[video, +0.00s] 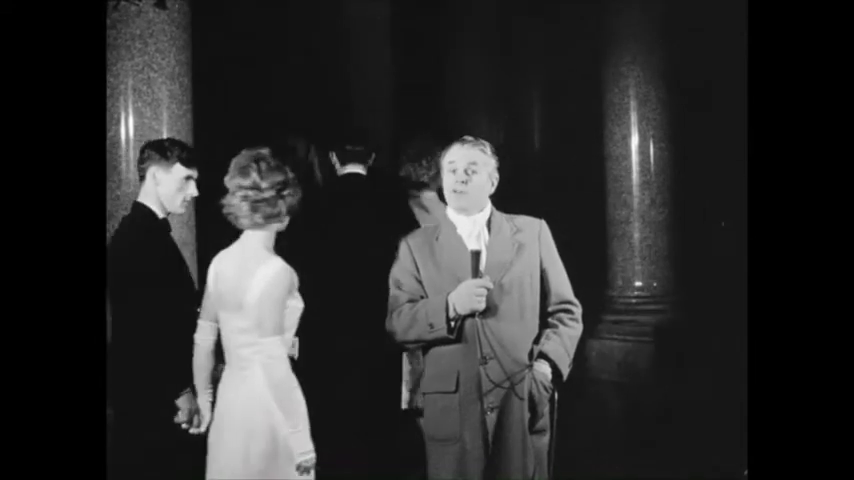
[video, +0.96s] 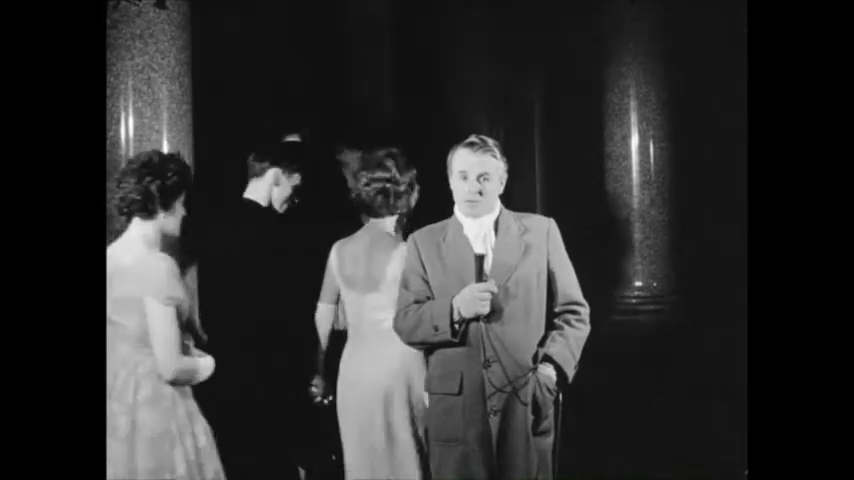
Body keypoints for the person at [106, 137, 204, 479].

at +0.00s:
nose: (194, 191)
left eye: (195, 181)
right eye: (186, 179)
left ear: (155, 174)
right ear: (153, 174)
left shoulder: (155, 234)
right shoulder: (139, 238)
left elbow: (174, 320)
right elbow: (152, 325)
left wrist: (189, 388)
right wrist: (179, 391)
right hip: (151, 402)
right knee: (157, 471)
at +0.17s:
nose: (204, 191)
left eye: (203, 181)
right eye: (196, 179)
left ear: (166, 177)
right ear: (165, 176)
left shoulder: (163, 234)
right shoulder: (152, 237)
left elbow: (183, 319)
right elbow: (170, 323)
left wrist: (206, 380)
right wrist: (201, 383)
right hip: (163, 396)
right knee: (169, 471)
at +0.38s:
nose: (215, 191)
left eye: (214, 180)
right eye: (205, 180)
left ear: (180, 179)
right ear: (176, 178)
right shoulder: (168, 237)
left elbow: (195, 320)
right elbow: (185, 324)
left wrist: (229, 375)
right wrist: (229, 376)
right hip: (179, 387)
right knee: (188, 467)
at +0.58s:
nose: (238, 192)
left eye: (237, 182)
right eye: (229, 181)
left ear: (200, 179)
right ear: (199, 178)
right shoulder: (186, 239)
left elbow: (221, 320)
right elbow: (202, 326)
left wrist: (251, 377)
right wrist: (249, 379)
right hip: (197, 393)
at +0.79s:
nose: (271, 195)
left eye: (270, 185)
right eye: (263, 184)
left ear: (234, 181)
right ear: (234, 180)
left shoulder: (197, 236)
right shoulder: (243, 238)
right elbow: (253, 318)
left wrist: (285, 375)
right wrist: (285, 375)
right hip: (238, 384)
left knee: (219, 469)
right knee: (251, 467)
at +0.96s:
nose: (292, 195)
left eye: (295, 187)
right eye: (292, 184)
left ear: (264, 173)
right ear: (273, 175)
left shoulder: (219, 219)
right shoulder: (276, 229)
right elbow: (292, 307)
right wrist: (314, 370)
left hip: (229, 360)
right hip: (271, 362)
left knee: (238, 456)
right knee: (274, 458)